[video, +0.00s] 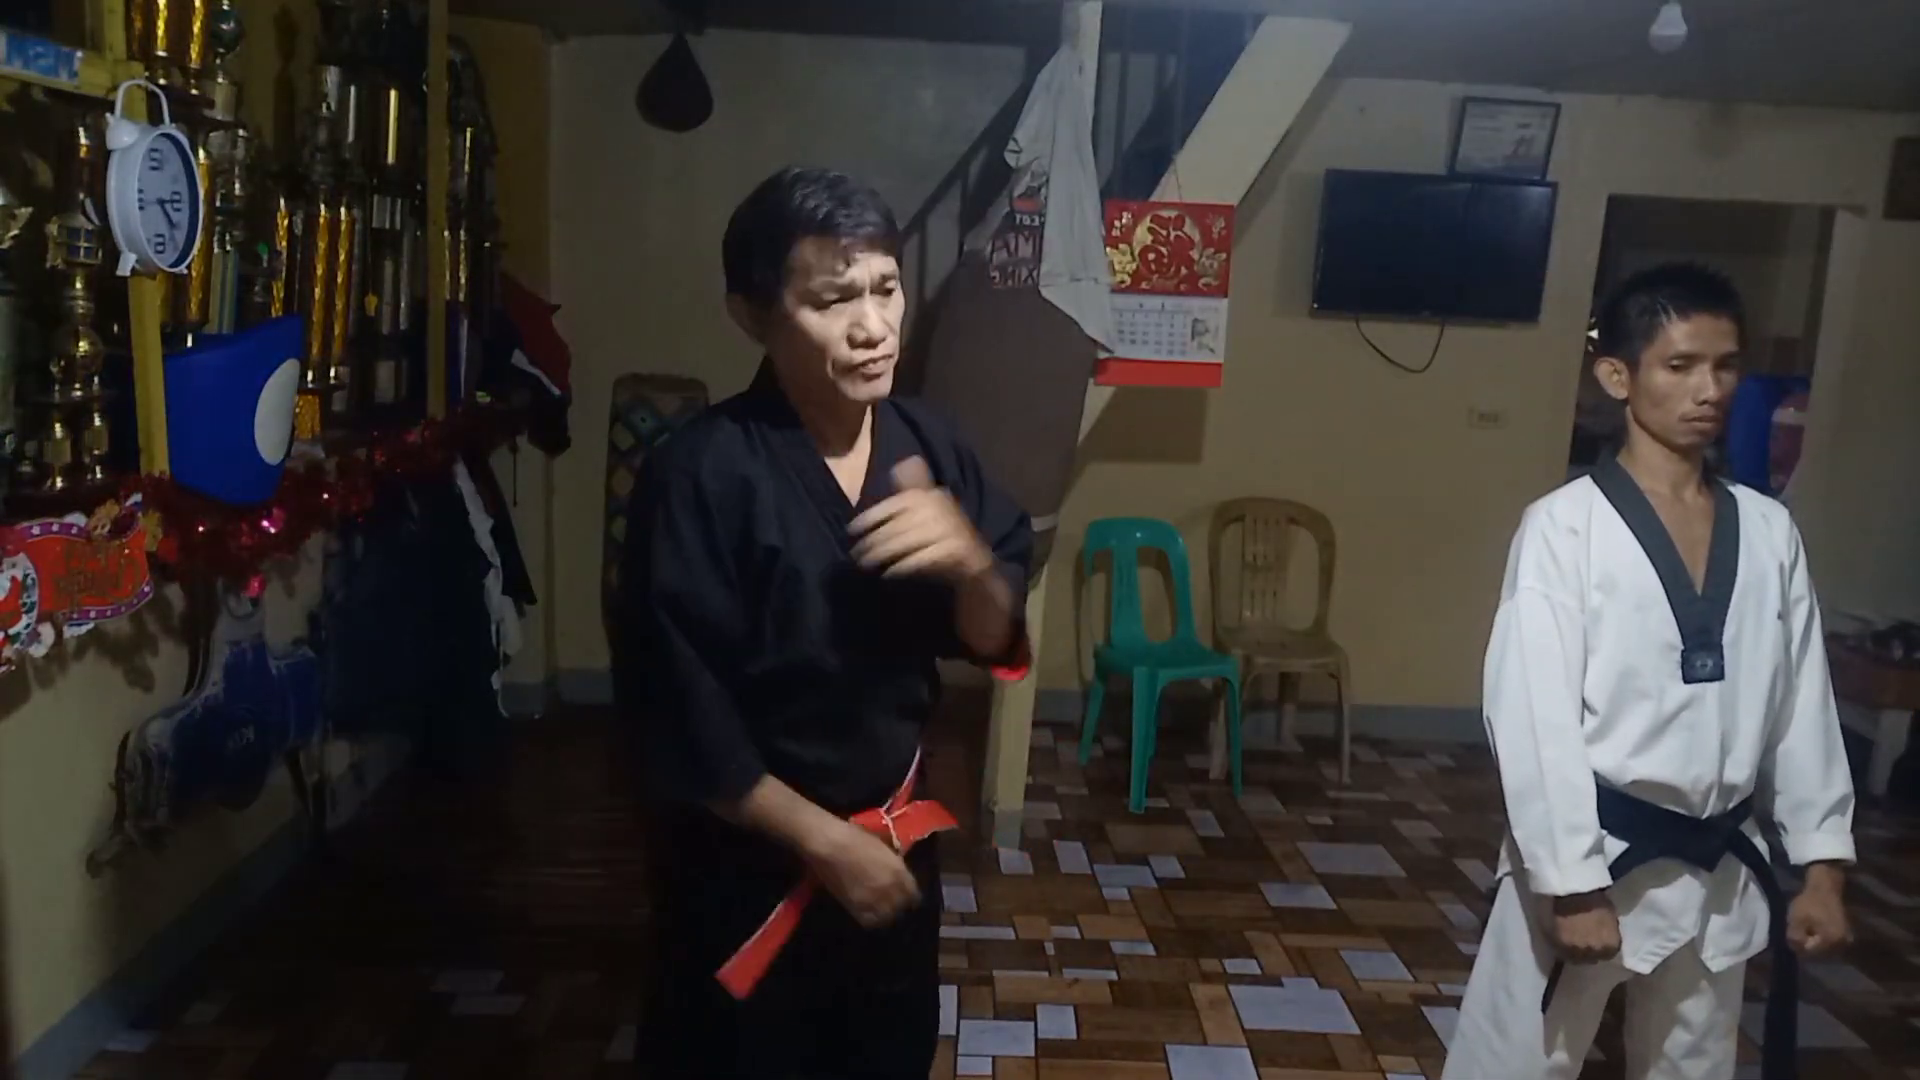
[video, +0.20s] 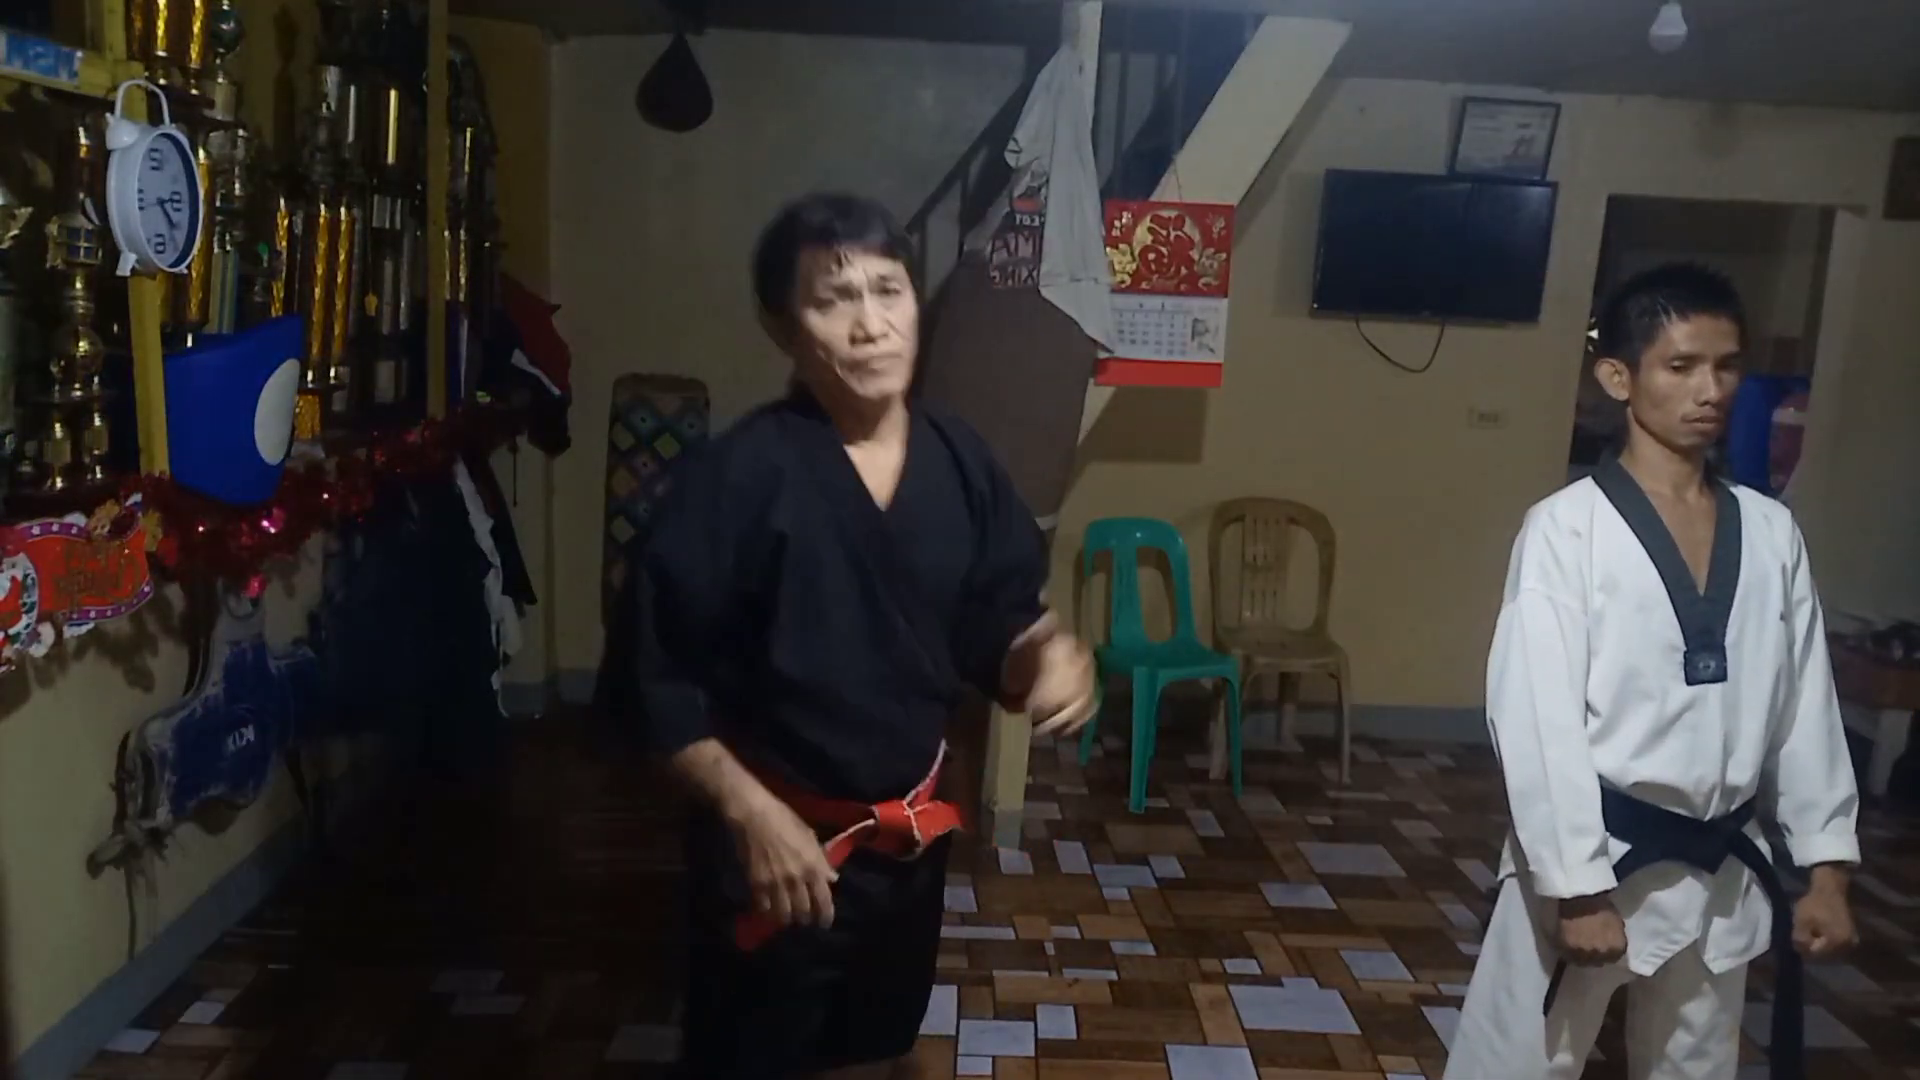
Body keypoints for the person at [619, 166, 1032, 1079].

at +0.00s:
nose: (873, 325)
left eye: (885, 290)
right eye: (833, 299)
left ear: (905, 288)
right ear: (753, 316)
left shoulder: (927, 444)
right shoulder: (696, 474)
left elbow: (997, 643)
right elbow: (675, 717)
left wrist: (973, 562)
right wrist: (828, 838)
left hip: (891, 835)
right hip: (736, 845)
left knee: (892, 1059)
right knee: (738, 1062)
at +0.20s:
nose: (871, 322)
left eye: (889, 290)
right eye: (834, 299)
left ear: (918, 307)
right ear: (784, 329)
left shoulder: (961, 464)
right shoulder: (730, 479)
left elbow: (996, 625)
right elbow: (651, 684)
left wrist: (1046, 655)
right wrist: (753, 811)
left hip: (909, 852)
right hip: (766, 855)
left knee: (877, 1058)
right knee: (755, 1064)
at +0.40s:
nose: (918, 317)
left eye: (938, 290)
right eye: (886, 294)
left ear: (968, 309)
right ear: (846, 323)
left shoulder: (983, 454)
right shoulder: (800, 444)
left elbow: (1020, 632)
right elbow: (696, 621)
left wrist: (984, 606)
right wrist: (827, 693)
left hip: (912, 793)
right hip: (783, 787)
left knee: (882, 1039)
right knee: (765, 1040)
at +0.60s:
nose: (910, 326)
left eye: (929, 298)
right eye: (879, 303)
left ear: (956, 317)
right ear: (837, 331)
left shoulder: (968, 464)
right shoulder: (793, 448)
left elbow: (1007, 658)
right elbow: (715, 631)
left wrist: (1008, 596)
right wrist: (855, 718)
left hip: (907, 803)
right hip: (785, 798)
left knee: (883, 1038)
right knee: (767, 1042)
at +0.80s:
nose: (915, 339)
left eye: (934, 308)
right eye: (882, 314)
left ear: (961, 316)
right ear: (839, 333)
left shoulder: (968, 451)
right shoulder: (802, 442)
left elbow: (1027, 626)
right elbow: (683, 616)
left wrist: (1001, 516)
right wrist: (835, 555)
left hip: (911, 804)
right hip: (795, 795)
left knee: (879, 1043)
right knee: (767, 1051)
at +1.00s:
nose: (889, 345)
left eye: (909, 314)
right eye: (855, 320)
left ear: (939, 319)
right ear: (809, 337)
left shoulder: (942, 458)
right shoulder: (791, 442)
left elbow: (1000, 634)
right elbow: (774, 520)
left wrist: (998, 529)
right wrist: (777, 586)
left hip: (905, 824)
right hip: (790, 826)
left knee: (918, 1049)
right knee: (772, 1056)